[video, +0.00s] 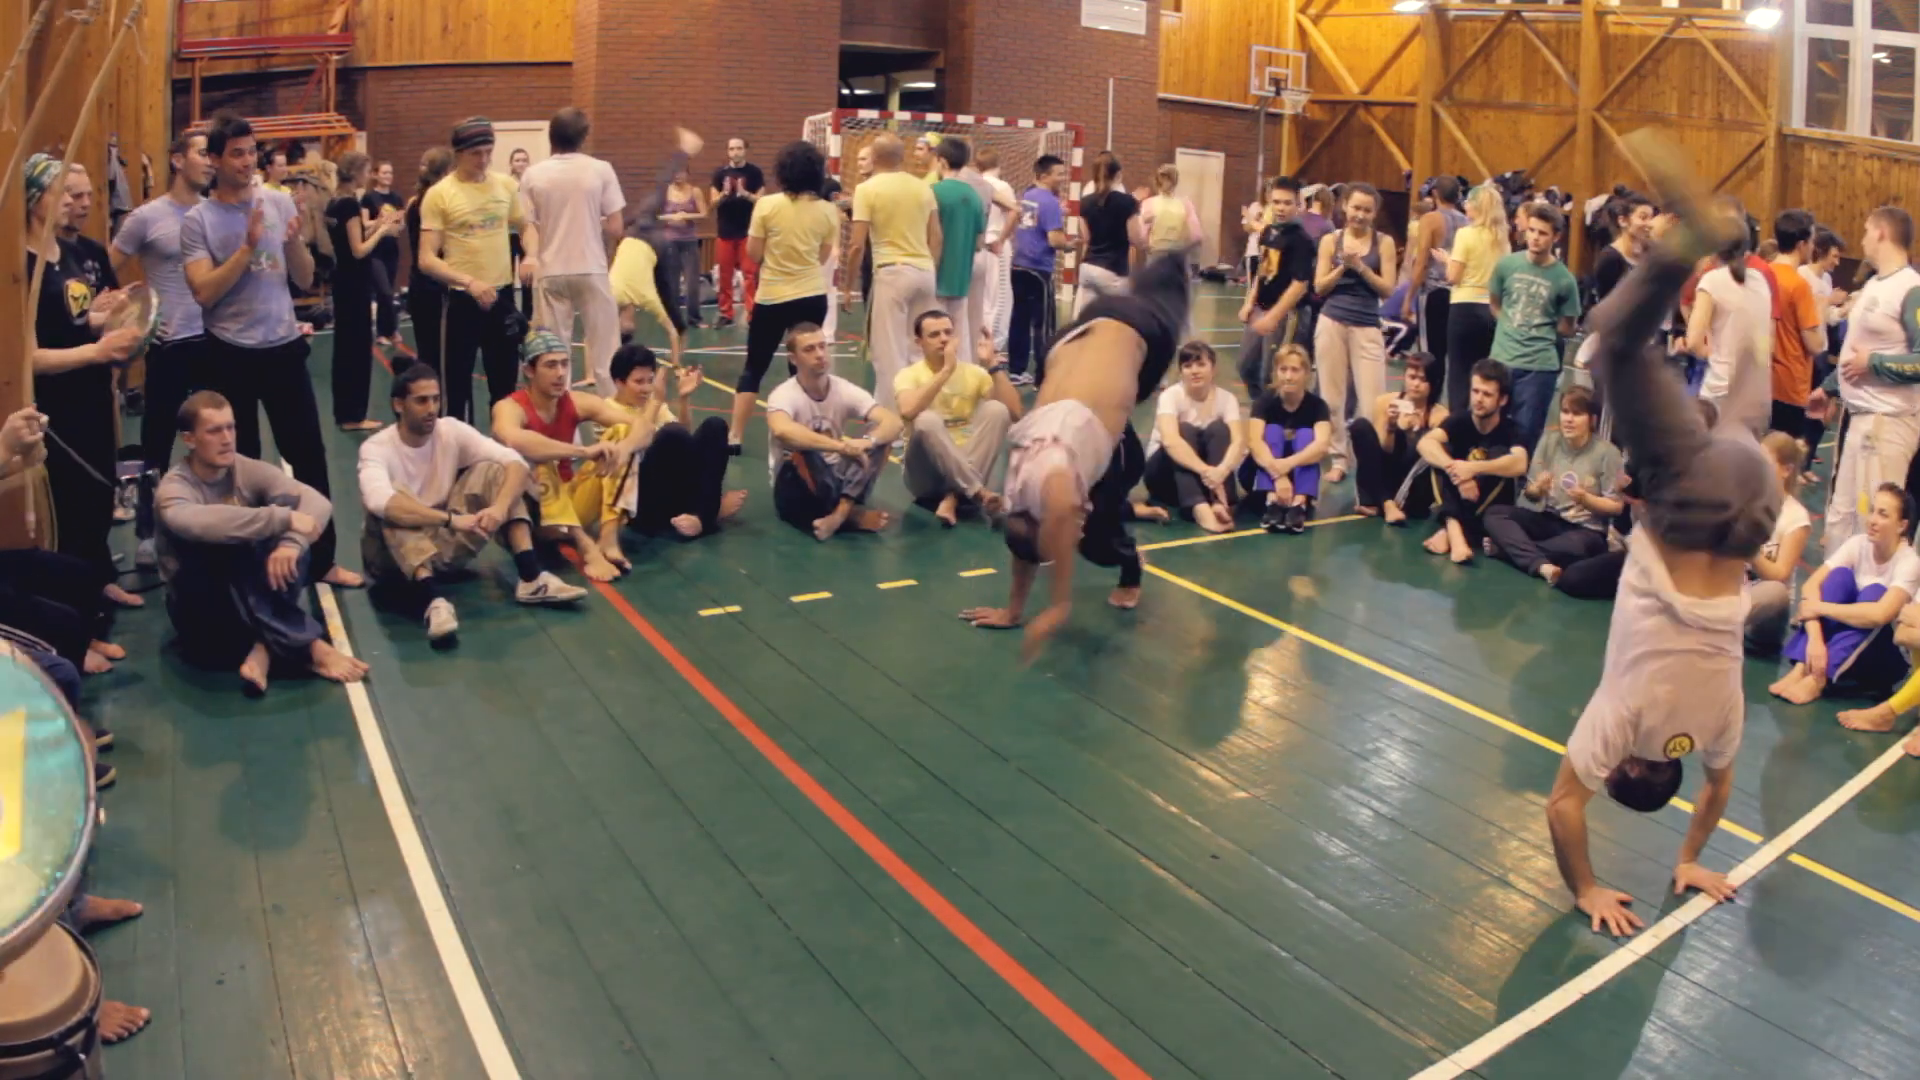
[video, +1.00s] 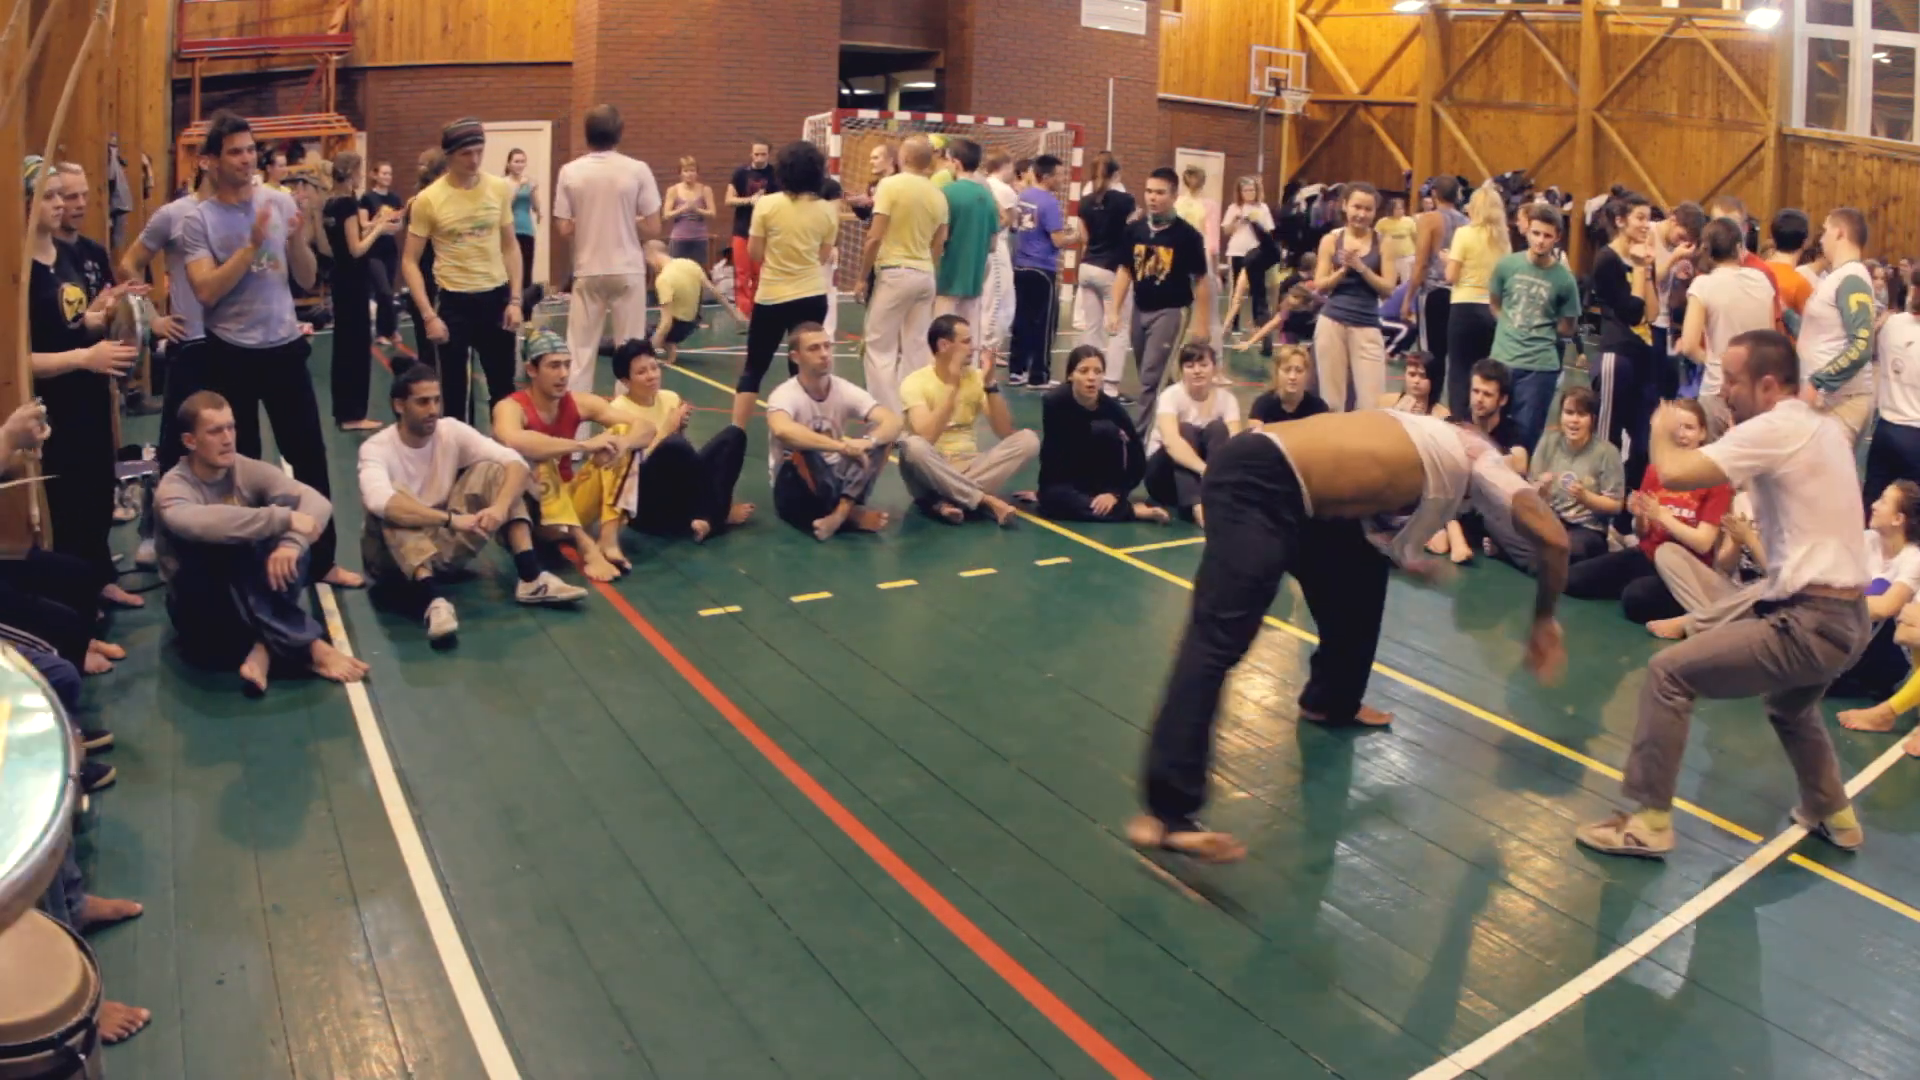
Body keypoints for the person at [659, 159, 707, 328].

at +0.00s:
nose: (678, 176)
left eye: (681, 173)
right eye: (676, 173)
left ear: (687, 174)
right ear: (671, 175)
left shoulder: (695, 191)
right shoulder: (666, 191)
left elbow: (704, 213)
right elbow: (657, 214)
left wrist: (685, 216)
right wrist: (673, 218)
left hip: (689, 240)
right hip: (670, 240)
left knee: (693, 280)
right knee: (672, 281)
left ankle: (694, 317)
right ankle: (673, 317)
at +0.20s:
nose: (679, 175)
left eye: (682, 171)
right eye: (675, 171)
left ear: (687, 173)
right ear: (671, 173)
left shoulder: (695, 191)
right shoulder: (663, 192)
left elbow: (703, 214)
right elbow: (656, 216)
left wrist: (692, 213)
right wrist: (669, 214)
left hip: (690, 237)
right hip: (671, 237)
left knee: (694, 278)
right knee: (673, 279)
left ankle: (694, 316)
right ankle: (672, 316)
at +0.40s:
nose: (681, 174)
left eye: (684, 170)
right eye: (677, 171)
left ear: (688, 173)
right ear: (672, 173)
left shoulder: (696, 190)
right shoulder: (664, 191)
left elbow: (704, 214)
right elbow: (657, 215)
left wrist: (688, 210)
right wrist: (673, 209)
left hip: (690, 236)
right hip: (670, 236)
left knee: (692, 273)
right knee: (671, 274)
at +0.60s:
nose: (682, 174)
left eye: (685, 170)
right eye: (679, 171)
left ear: (690, 173)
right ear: (673, 173)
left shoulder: (697, 190)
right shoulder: (667, 190)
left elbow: (704, 213)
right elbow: (663, 213)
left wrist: (691, 207)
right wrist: (677, 205)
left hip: (691, 237)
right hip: (672, 237)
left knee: (692, 274)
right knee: (671, 272)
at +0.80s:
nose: (685, 174)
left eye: (688, 171)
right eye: (682, 171)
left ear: (693, 173)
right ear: (676, 173)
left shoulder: (700, 190)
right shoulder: (668, 190)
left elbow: (709, 214)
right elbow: (661, 215)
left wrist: (699, 207)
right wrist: (675, 206)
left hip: (694, 237)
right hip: (674, 237)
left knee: (694, 275)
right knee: (673, 273)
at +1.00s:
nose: (689, 174)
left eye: (692, 171)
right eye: (685, 171)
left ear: (697, 172)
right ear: (680, 173)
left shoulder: (705, 190)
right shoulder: (673, 190)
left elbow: (712, 213)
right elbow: (666, 215)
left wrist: (696, 209)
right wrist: (683, 209)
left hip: (699, 236)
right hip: (679, 236)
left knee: (699, 274)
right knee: (678, 272)